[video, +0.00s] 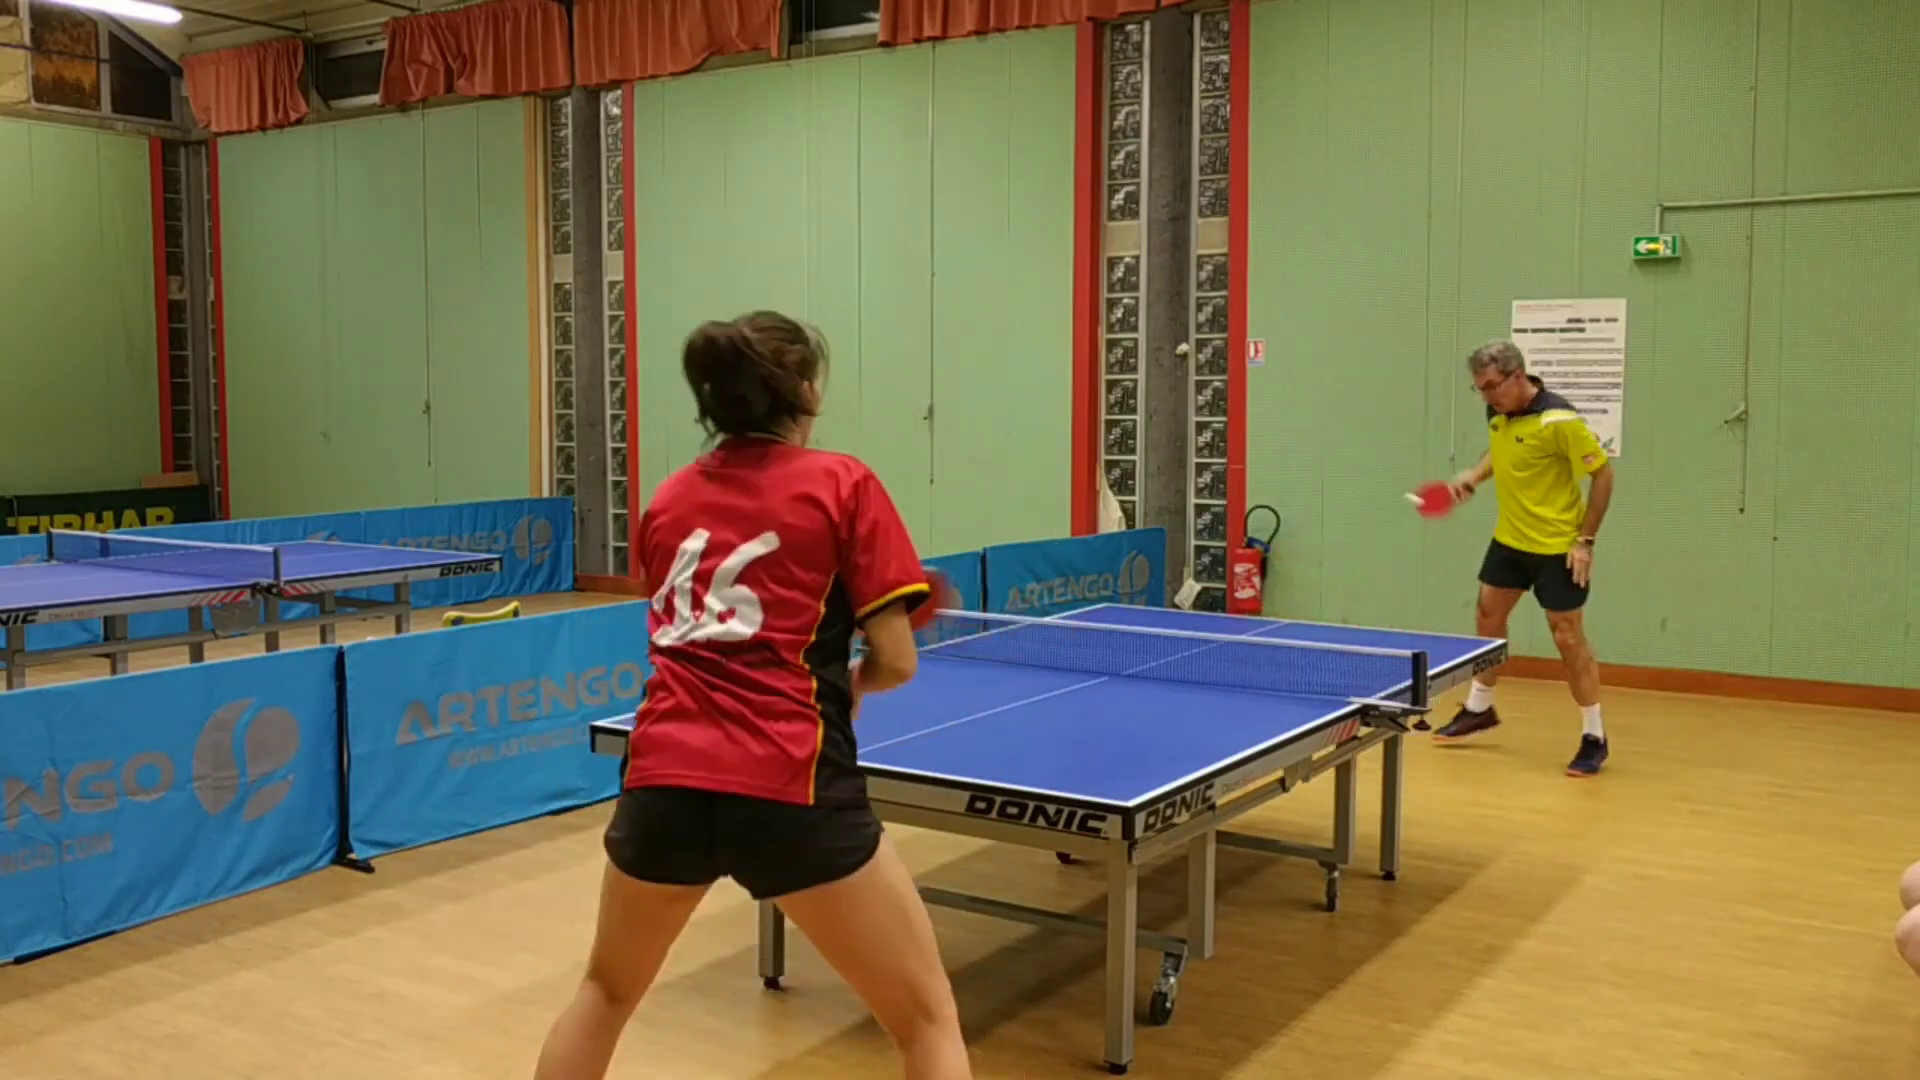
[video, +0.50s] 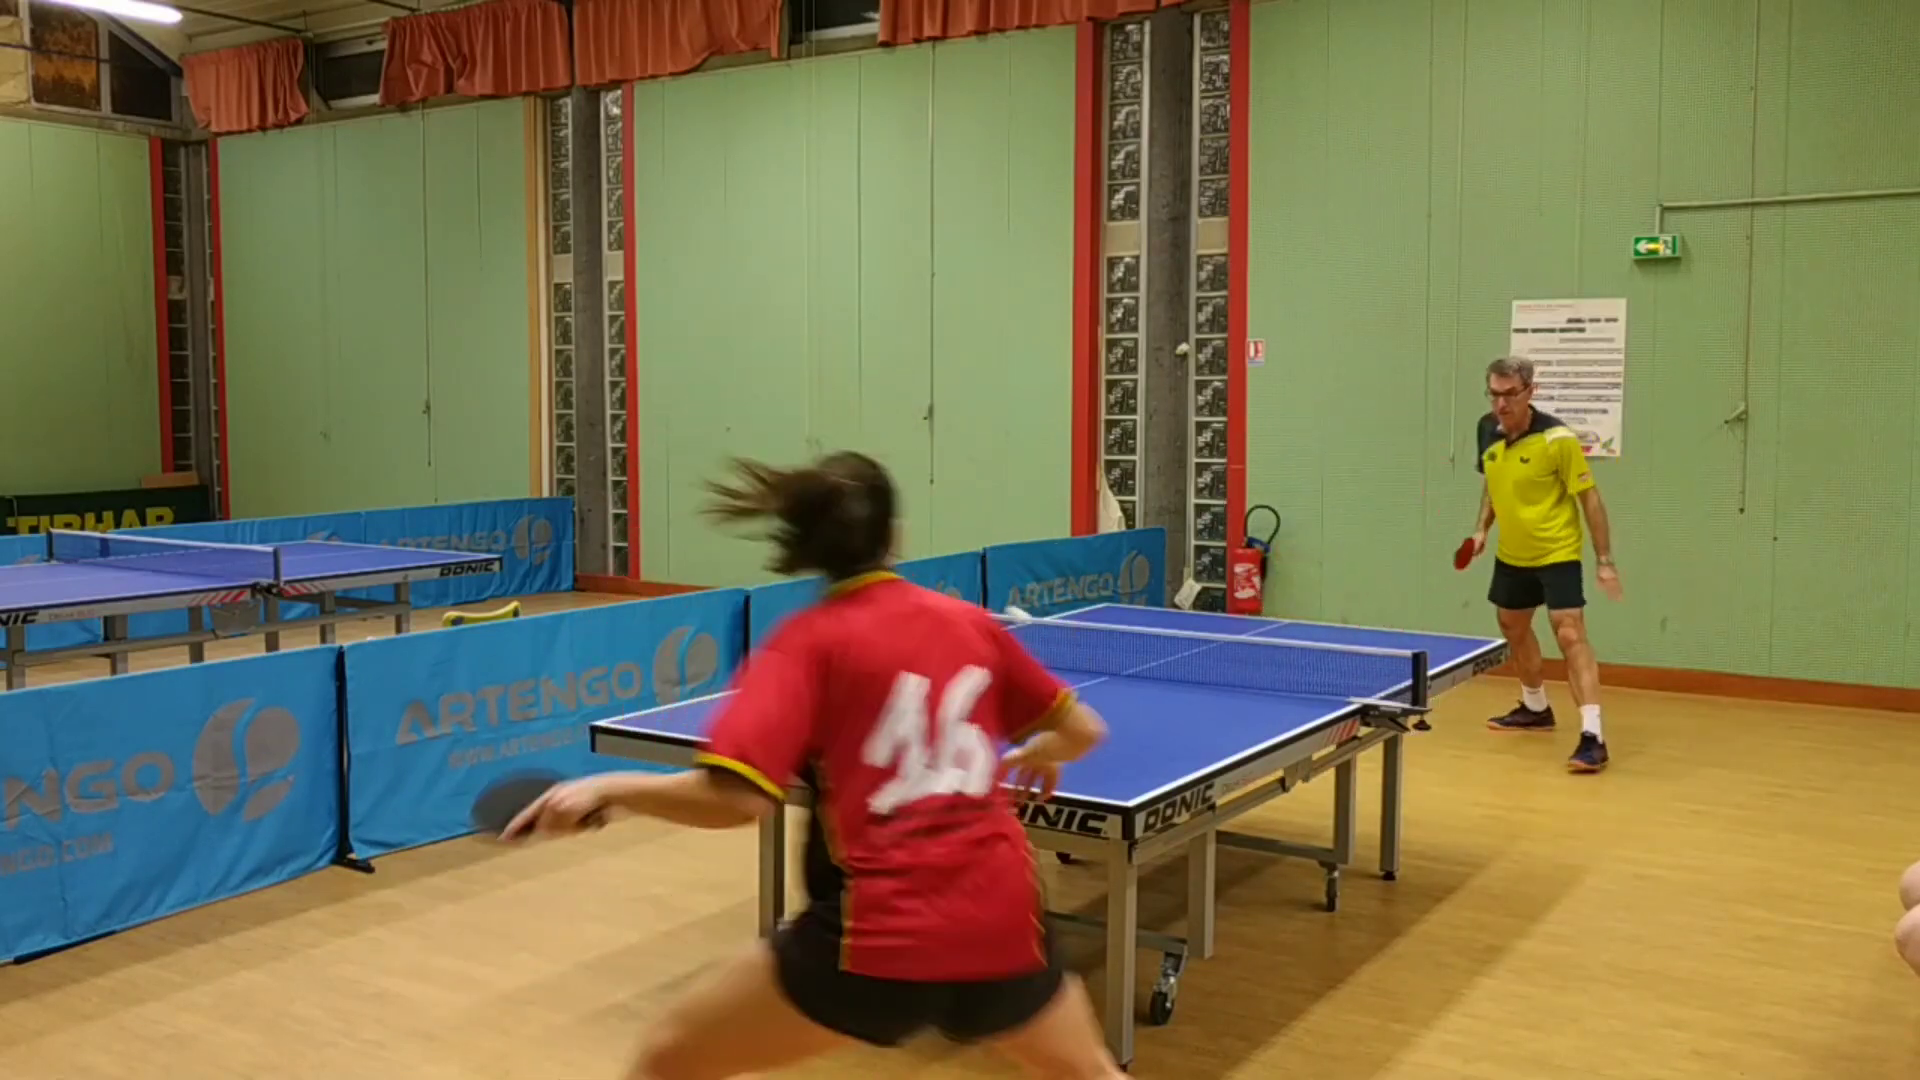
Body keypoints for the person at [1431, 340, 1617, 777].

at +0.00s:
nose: (1486, 399)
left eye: (1491, 388)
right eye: (1481, 390)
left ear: (1519, 377)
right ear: (1487, 387)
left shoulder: (1559, 419)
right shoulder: (1500, 413)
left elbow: (1603, 475)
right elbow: (1501, 453)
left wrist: (1585, 540)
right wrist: (1474, 476)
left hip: (1557, 548)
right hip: (1510, 540)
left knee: (1569, 639)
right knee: (1488, 614)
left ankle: (1594, 736)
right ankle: (1479, 706)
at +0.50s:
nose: (1500, 404)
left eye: (1509, 395)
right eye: (1494, 395)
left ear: (1530, 393)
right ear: (1489, 395)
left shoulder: (1559, 440)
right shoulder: (1489, 434)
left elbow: (1590, 498)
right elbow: (1492, 486)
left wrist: (1604, 560)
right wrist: (1481, 530)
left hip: (1559, 556)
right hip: (1513, 555)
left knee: (1569, 635)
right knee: (1513, 626)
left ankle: (1592, 735)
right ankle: (1535, 707)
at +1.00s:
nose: (1474, 422)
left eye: (1481, 413)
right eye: (1468, 414)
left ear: (1504, 410)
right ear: (1464, 415)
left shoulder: (1543, 450)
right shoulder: (1466, 450)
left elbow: (1569, 505)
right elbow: (1465, 503)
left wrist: (1570, 556)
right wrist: (1444, 550)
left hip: (1541, 558)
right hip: (1486, 553)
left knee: (1570, 641)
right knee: (1445, 617)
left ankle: (1605, 720)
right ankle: (1433, 706)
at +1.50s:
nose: (1467, 401)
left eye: (1474, 393)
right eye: (1461, 394)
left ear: (1496, 392)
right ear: (1457, 395)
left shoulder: (1528, 437)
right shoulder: (1456, 433)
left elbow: (1563, 491)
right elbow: (1437, 477)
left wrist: (1574, 553)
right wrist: (1411, 512)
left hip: (1525, 556)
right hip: (1470, 552)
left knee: (1562, 639)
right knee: (1431, 622)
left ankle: (1601, 718)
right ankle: (1432, 706)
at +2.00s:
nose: (1484, 424)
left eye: (1492, 415)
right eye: (1477, 415)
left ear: (1510, 412)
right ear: (1470, 415)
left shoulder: (1539, 454)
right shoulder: (1459, 452)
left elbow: (1560, 518)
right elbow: (1442, 502)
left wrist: (1545, 566)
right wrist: (1441, 555)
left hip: (1532, 564)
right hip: (1475, 562)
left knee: (1580, 641)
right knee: (1432, 626)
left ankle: (1603, 718)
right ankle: (1411, 707)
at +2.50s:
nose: (1680, 439)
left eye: (1681, 433)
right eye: (1678, 432)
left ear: (1646, 426)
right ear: (1658, 431)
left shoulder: (1603, 441)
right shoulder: (1634, 461)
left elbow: (1561, 458)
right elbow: (1699, 464)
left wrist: (1601, 480)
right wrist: (1760, 422)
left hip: (1590, 570)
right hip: (1554, 567)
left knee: (1636, 628)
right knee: (1503, 649)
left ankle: (1624, 729)